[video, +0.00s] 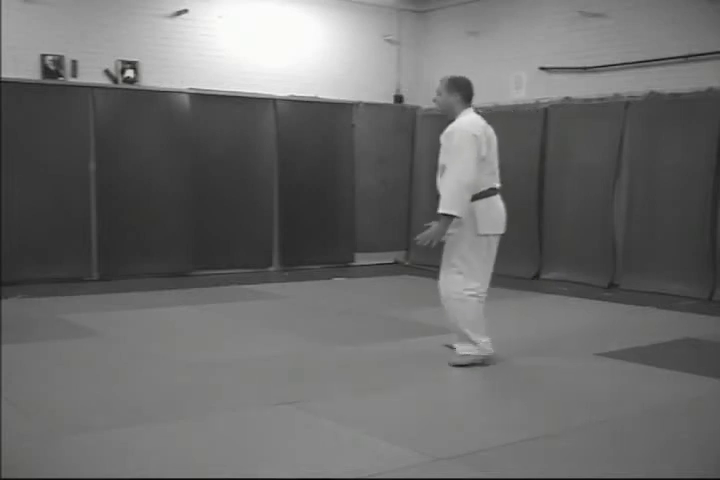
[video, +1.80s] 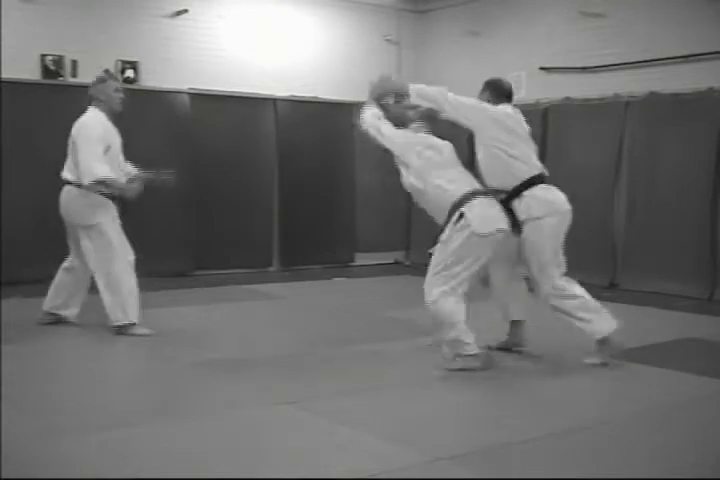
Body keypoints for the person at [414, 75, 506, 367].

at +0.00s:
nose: (435, 99)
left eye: (439, 94)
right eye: (436, 94)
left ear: (456, 97)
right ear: (464, 97)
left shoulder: (462, 130)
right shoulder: (480, 126)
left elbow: (460, 180)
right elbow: (477, 177)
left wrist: (441, 224)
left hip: (472, 213)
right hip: (487, 210)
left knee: (456, 279)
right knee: (472, 278)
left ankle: (476, 345)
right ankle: (469, 338)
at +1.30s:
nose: (411, 117)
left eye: (417, 112)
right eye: (413, 112)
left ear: (433, 116)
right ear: (434, 117)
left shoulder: (444, 149)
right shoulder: (451, 142)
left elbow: (471, 195)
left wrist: (454, 236)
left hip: (481, 226)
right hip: (467, 225)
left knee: (471, 287)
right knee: (443, 271)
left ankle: (505, 347)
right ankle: (455, 334)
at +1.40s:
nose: (398, 134)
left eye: (403, 128)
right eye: (400, 128)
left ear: (419, 132)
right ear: (421, 133)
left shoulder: (437, 161)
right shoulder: (432, 158)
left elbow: (461, 204)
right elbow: (447, 203)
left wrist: (446, 241)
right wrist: (444, 237)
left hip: (492, 223)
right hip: (480, 223)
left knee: (455, 282)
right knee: (436, 269)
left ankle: (489, 339)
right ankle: (457, 332)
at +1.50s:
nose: (387, 153)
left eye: (391, 147)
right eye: (389, 147)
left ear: (407, 147)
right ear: (415, 148)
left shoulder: (426, 173)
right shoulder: (443, 163)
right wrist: (448, 253)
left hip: (488, 230)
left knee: (443, 288)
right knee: (433, 276)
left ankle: (473, 353)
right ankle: (454, 335)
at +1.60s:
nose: (389, 160)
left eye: (383, 153)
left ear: (392, 142)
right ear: (417, 143)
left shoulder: (426, 170)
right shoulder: (448, 161)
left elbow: (436, 192)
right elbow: (482, 188)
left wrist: (397, 171)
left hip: (472, 240)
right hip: (487, 233)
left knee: (436, 301)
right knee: (433, 275)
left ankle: (473, 354)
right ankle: (449, 333)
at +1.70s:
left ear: (413, 126)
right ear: (435, 125)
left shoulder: (412, 148)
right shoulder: (449, 146)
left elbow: (375, 130)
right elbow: (433, 124)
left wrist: (367, 103)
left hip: (464, 227)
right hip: (487, 222)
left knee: (433, 295)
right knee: (446, 287)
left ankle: (472, 348)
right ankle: (457, 334)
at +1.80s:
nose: (405, 124)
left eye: (406, 121)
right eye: (406, 120)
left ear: (413, 126)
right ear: (429, 124)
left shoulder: (410, 143)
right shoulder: (444, 145)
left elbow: (375, 124)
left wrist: (368, 106)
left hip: (472, 219)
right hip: (498, 214)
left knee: (439, 288)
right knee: (503, 275)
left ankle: (466, 351)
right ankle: (516, 332)